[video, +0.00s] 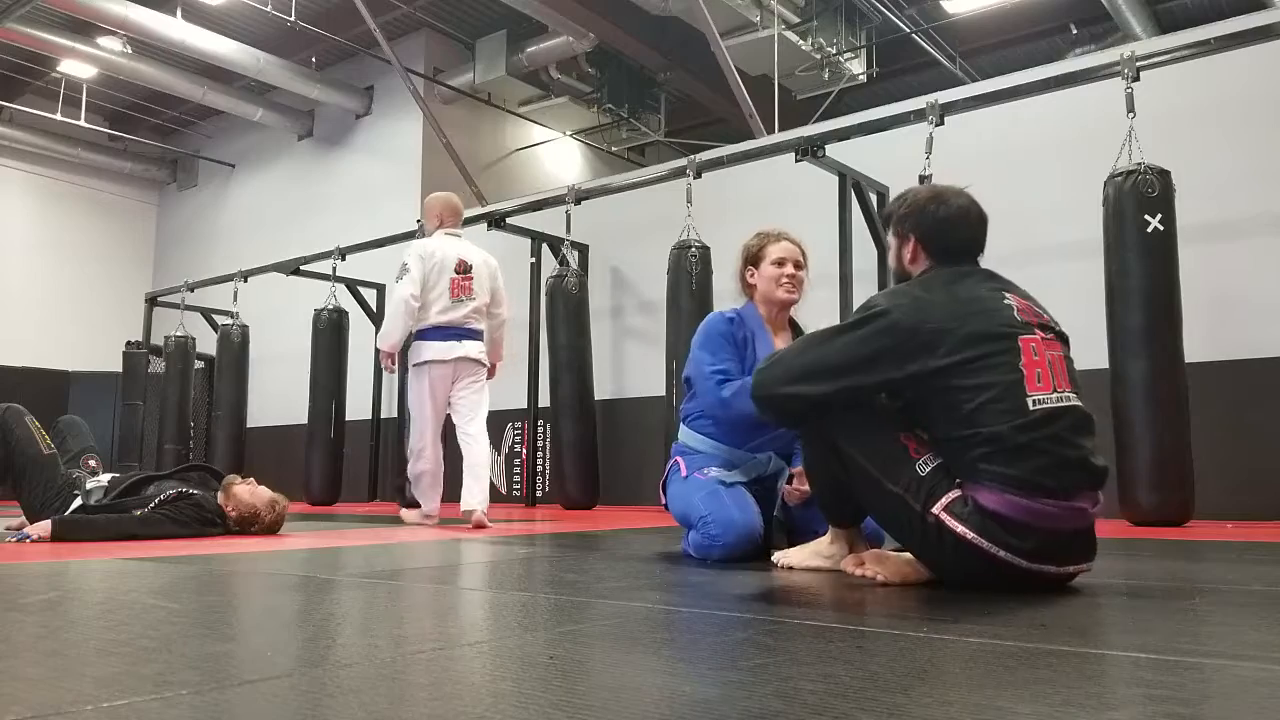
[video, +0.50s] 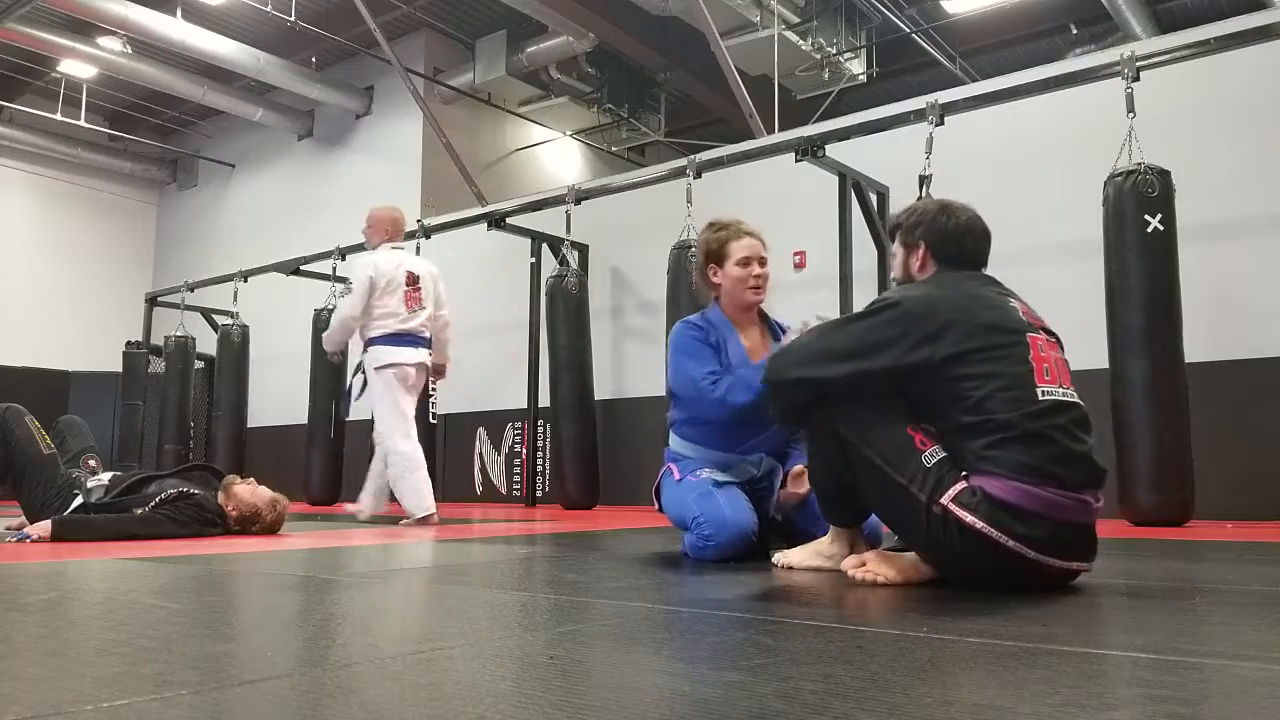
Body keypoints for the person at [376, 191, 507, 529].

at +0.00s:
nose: (424, 223)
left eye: (425, 218)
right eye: (425, 218)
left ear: (436, 218)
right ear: (459, 220)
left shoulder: (421, 250)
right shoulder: (485, 258)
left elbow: (407, 296)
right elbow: (498, 314)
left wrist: (388, 343)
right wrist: (494, 355)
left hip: (429, 350)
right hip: (473, 352)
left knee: (425, 430)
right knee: (474, 430)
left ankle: (426, 509)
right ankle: (476, 505)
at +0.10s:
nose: (409, 225)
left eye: (411, 219)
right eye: (409, 219)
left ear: (423, 221)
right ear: (445, 222)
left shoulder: (411, 255)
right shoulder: (474, 259)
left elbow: (398, 305)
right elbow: (486, 314)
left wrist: (383, 350)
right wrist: (480, 353)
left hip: (420, 353)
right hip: (462, 354)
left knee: (416, 431)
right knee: (466, 426)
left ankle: (425, 510)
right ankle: (476, 494)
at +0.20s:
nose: (397, 228)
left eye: (399, 223)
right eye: (397, 223)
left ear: (410, 224)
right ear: (434, 223)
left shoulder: (402, 258)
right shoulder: (463, 260)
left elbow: (387, 312)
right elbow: (475, 313)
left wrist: (371, 354)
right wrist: (467, 353)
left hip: (409, 354)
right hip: (449, 354)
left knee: (410, 430)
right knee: (457, 426)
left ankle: (420, 510)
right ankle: (472, 475)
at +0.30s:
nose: (386, 230)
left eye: (389, 225)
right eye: (387, 225)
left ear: (402, 225)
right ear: (422, 225)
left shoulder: (392, 259)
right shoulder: (452, 261)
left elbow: (378, 312)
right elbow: (466, 314)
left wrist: (358, 353)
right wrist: (457, 353)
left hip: (401, 352)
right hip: (440, 353)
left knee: (406, 430)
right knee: (440, 429)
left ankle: (420, 510)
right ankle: (459, 480)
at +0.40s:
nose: (375, 229)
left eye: (379, 224)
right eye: (377, 223)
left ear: (395, 227)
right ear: (410, 227)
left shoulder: (384, 261)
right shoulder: (439, 262)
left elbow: (364, 313)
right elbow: (454, 317)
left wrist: (345, 348)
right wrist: (449, 357)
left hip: (394, 355)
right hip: (430, 355)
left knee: (402, 431)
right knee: (415, 429)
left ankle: (423, 507)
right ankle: (423, 499)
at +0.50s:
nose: (363, 232)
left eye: (368, 227)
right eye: (365, 227)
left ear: (386, 232)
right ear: (397, 233)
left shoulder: (370, 263)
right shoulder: (426, 267)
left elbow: (350, 313)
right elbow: (441, 319)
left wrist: (331, 342)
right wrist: (440, 358)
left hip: (384, 357)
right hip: (419, 358)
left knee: (398, 434)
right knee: (389, 433)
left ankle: (422, 509)